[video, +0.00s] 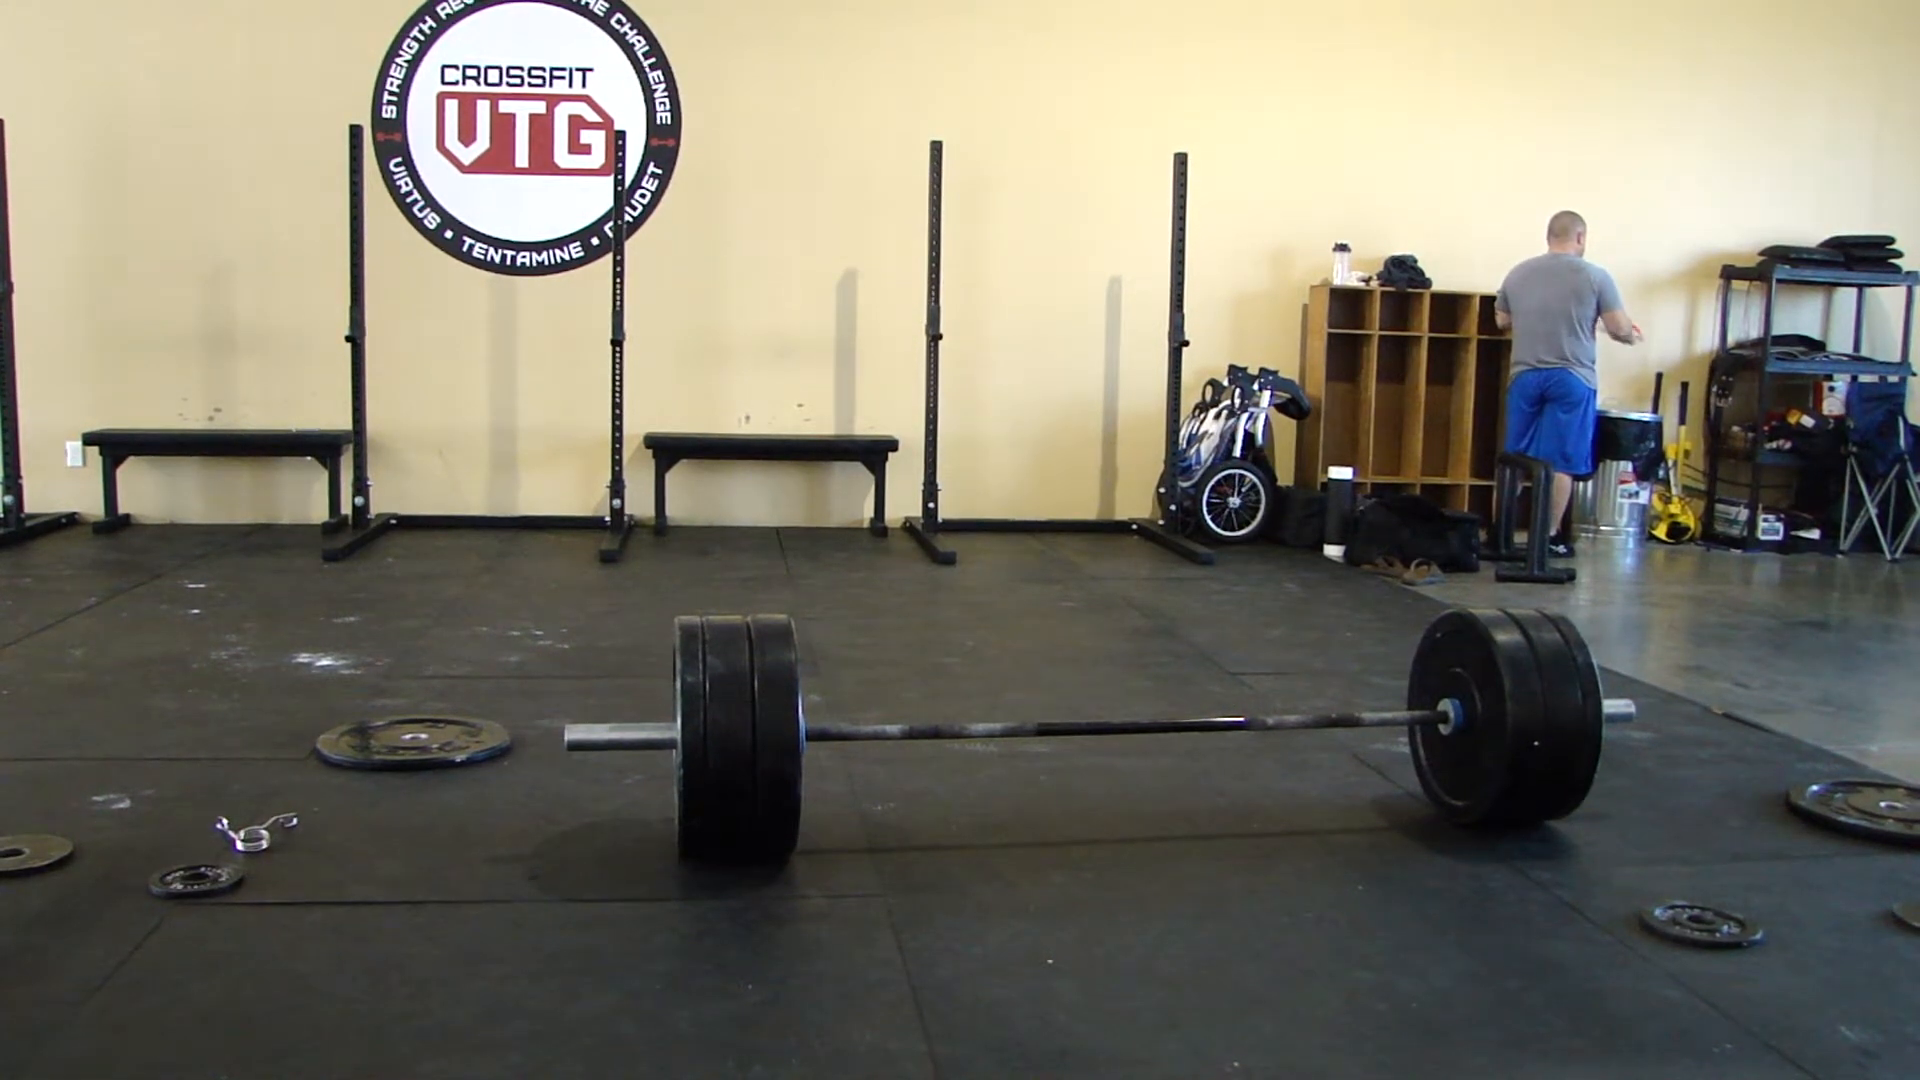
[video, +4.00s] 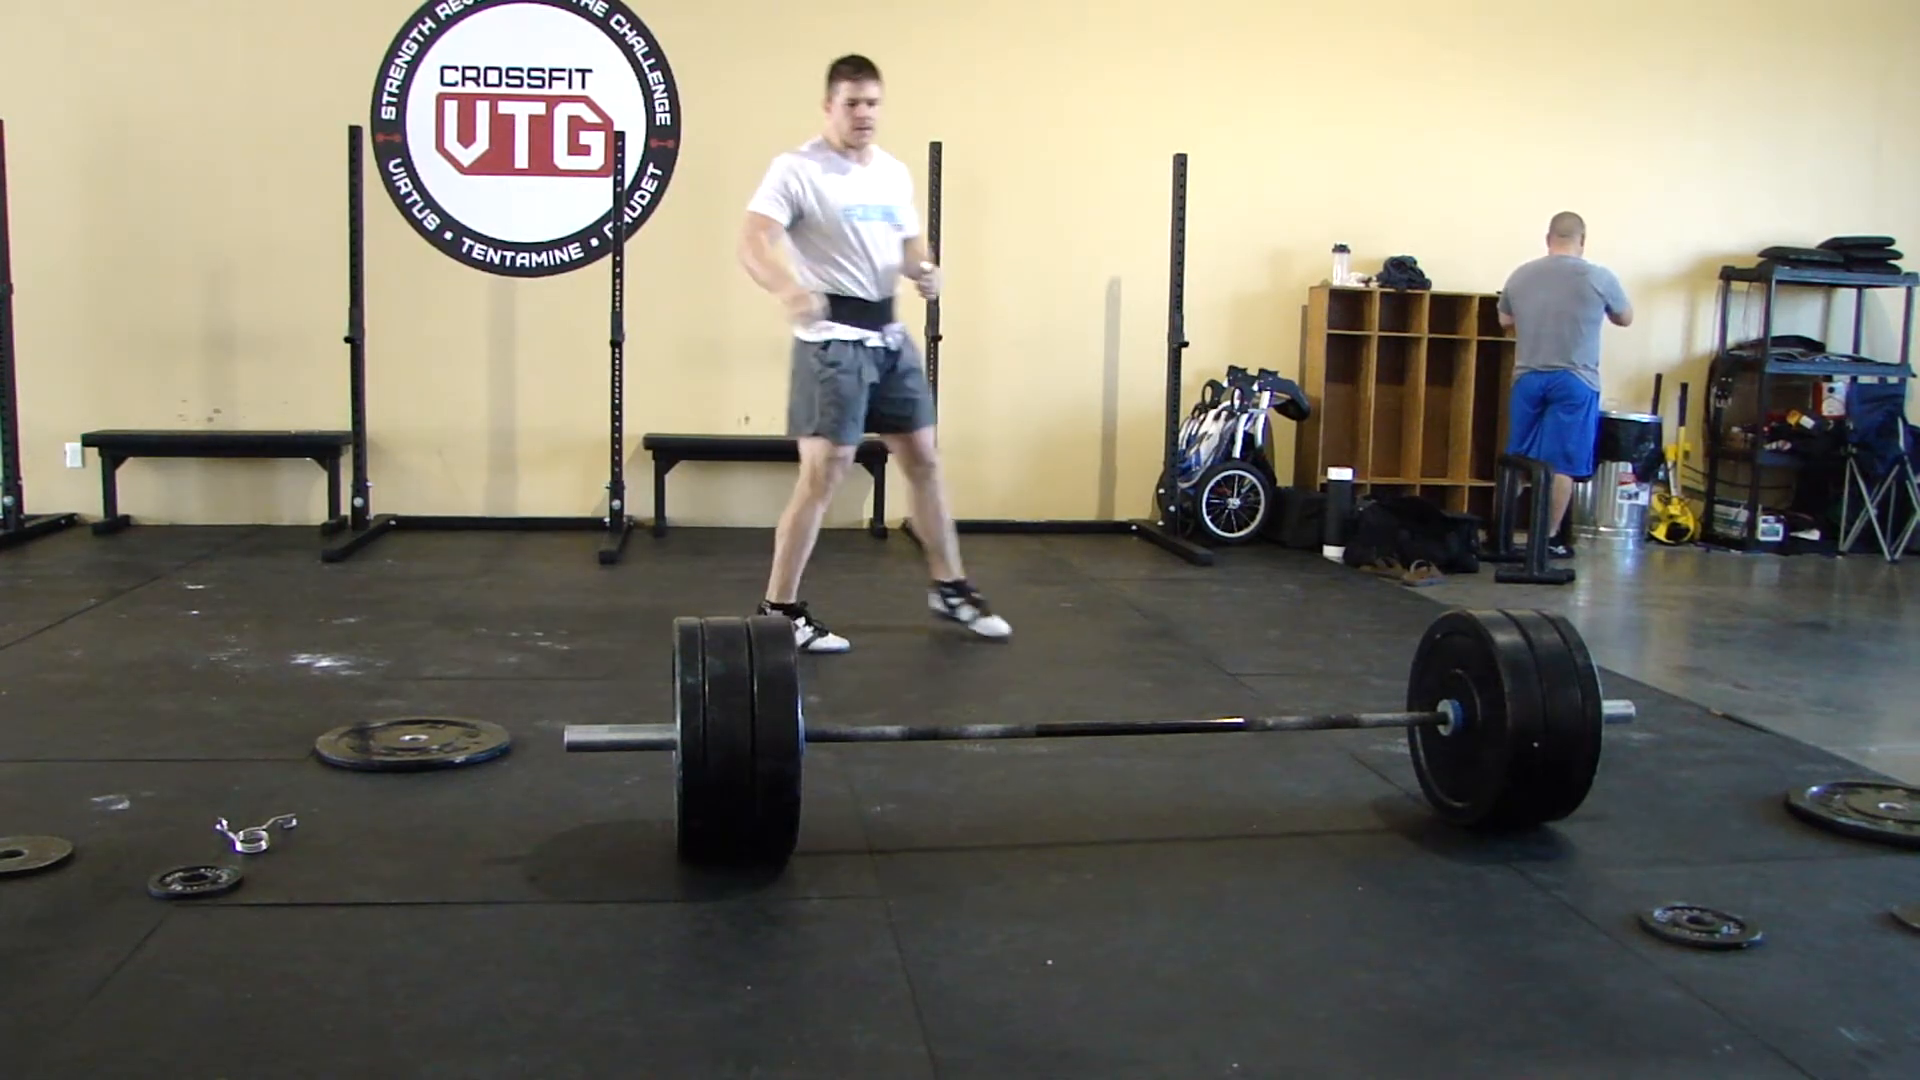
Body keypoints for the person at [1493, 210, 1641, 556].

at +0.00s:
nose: (1585, 245)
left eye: (1583, 240)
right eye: (1585, 239)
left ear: (1548, 237)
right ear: (1580, 238)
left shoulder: (1518, 272)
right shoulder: (1594, 275)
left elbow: (1502, 320)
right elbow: (1617, 329)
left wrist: (1537, 312)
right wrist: (1629, 333)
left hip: (1524, 376)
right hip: (1572, 378)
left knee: (1513, 458)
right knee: (1562, 464)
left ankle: (1501, 534)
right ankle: (1548, 538)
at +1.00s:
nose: (1582, 248)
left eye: (1581, 243)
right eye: (1584, 243)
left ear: (1548, 240)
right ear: (1581, 241)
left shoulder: (1518, 272)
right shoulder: (1593, 275)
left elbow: (1502, 321)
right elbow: (1616, 332)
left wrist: (1533, 322)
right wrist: (1603, 340)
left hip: (1523, 375)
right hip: (1570, 377)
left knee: (1512, 459)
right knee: (1560, 464)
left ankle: (1500, 535)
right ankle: (1548, 537)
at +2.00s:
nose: (1580, 246)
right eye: (1582, 241)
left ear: (1546, 239)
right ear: (1580, 240)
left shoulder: (1520, 274)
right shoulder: (1596, 277)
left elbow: (1508, 322)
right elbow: (1619, 324)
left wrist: (1541, 315)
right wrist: (1587, 307)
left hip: (1526, 377)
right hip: (1574, 379)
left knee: (1514, 459)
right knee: (1562, 465)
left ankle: (1500, 535)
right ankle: (1548, 539)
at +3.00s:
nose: (1553, 245)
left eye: (1548, 240)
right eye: (1576, 240)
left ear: (1545, 240)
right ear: (1580, 241)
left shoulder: (1521, 275)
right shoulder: (1599, 276)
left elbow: (1509, 323)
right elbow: (1617, 326)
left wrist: (1543, 314)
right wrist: (1581, 312)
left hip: (1527, 377)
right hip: (1575, 379)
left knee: (1516, 459)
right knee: (1561, 466)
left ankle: (1502, 535)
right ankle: (1547, 540)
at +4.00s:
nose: (1578, 245)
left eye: (1555, 238)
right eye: (1581, 240)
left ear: (1548, 239)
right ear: (1583, 241)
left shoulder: (1521, 274)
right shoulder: (1597, 276)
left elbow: (1506, 320)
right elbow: (1623, 317)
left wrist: (1540, 313)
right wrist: (1592, 299)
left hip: (1527, 377)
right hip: (1575, 379)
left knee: (1516, 459)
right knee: (1562, 466)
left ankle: (1501, 536)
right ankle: (1547, 540)